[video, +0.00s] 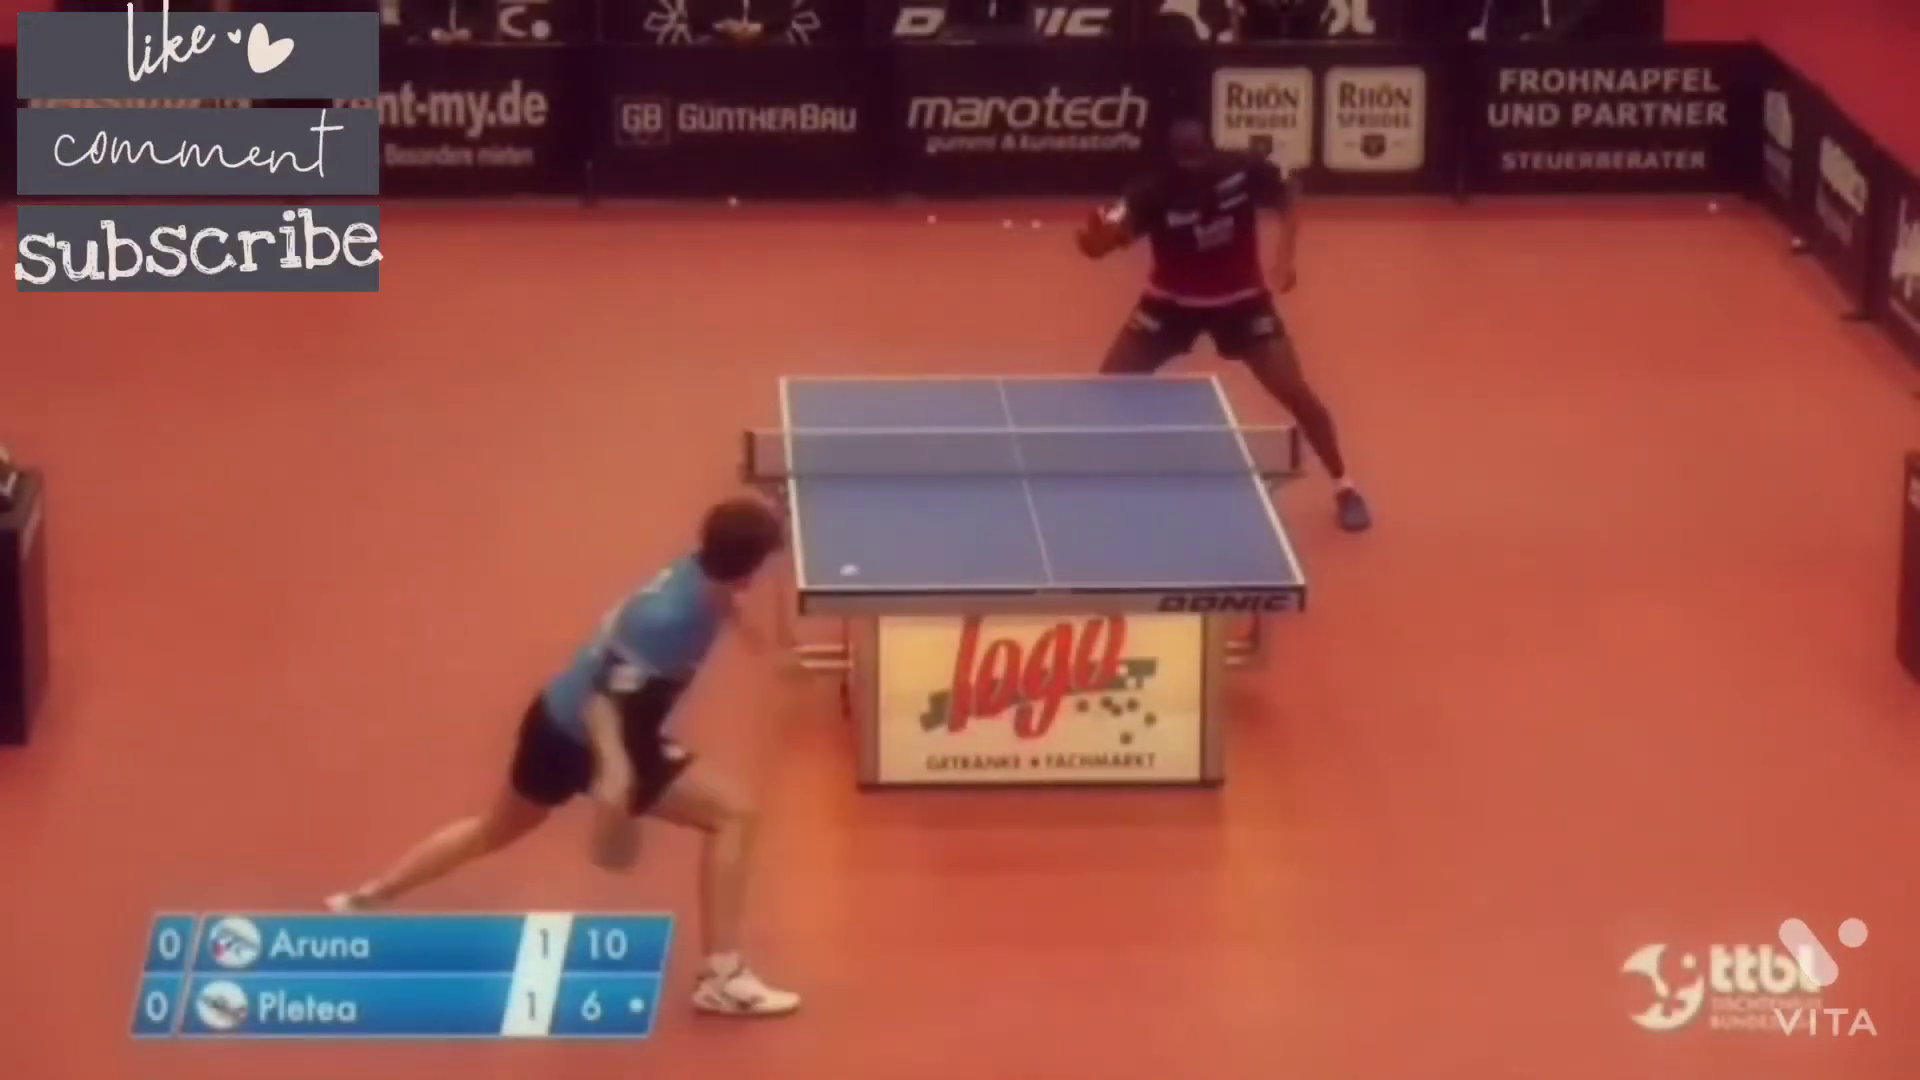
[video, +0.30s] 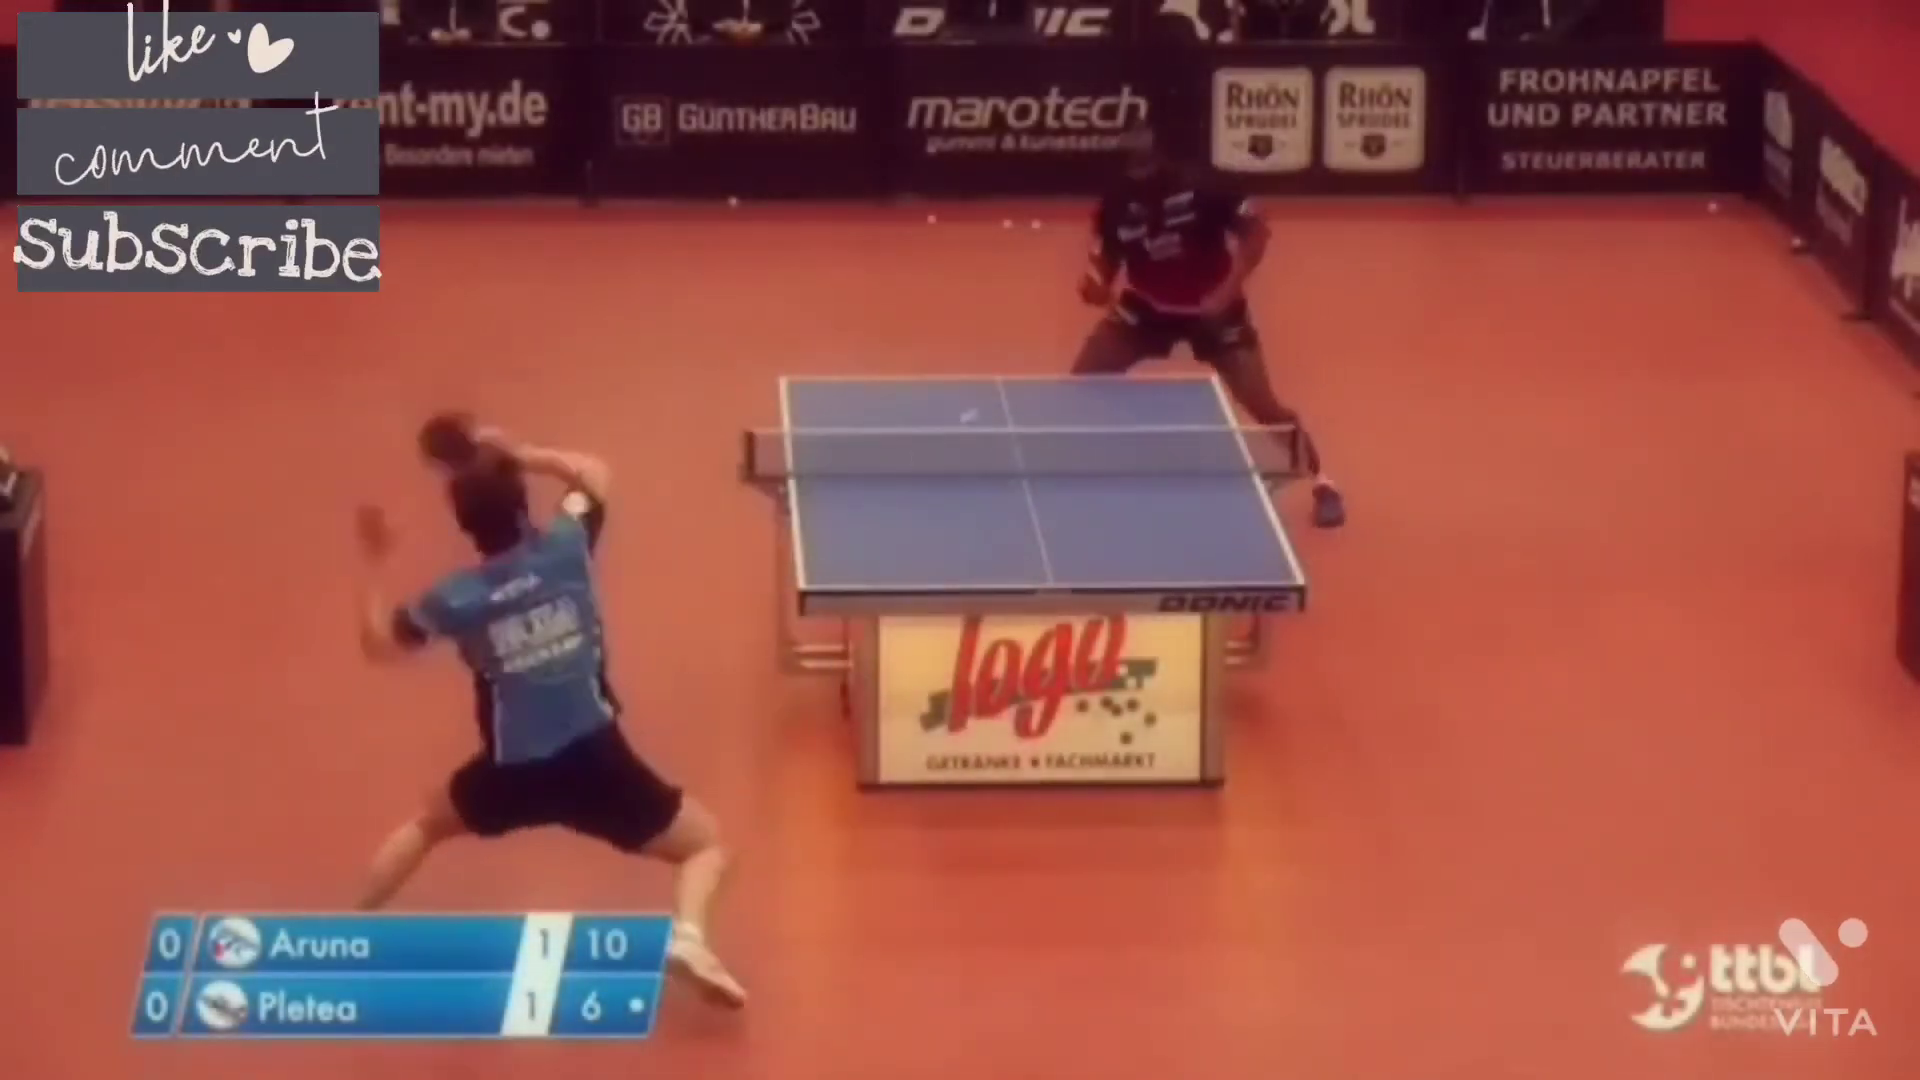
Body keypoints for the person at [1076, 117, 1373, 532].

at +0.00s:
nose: (1191, 160)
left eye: (1197, 150)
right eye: (1183, 152)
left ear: (1210, 145)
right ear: (1169, 152)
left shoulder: (1244, 173)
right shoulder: (1157, 188)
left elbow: (1286, 197)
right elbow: (1113, 235)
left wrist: (1285, 259)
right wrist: (1096, 235)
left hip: (1241, 303)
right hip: (1170, 305)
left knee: (1294, 392)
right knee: (1108, 389)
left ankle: (1343, 486)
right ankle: (1100, 496)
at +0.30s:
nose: (1135, 161)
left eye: (1143, 151)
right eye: (1127, 153)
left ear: (1159, 147)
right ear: (1119, 157)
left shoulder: (1200, 185)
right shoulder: (1116, 201)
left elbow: (1256, 229)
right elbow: (1109, 256)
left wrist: (1231, 286)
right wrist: (1099, 287)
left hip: (1213, 310)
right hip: (1144, 309)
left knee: (1261, 405)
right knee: (1083, 384)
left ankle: (1319, 486)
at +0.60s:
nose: (1232, 175)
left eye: (1240, 167)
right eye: (1230, 167)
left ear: (1263, 167)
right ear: (1232, 170)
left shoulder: (1294, 212)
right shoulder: (1243, 204)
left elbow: (1294, 294)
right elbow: (1225, 216)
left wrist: (1221, 315)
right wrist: (1181, 205)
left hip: (1277, 336)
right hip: (1223, 326)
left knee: (1309, 435)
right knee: (1151, 379)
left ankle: (1402, 485)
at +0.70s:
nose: (1302, 202)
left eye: (1311, 195)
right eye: (1299, 192)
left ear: (1332, 198)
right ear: (1296, 188)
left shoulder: (1346, 248)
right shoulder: (1286, 192)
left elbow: (1300, 313)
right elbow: (1252, 191)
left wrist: (1221, 301)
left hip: (1293, 341)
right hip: (1234, 322)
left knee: (1324, 425)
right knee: (1157, 372)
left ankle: (1401, 488)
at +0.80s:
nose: (1364, 237)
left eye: (1374, 231)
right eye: (1359, 226)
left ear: (1388, 237)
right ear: (1347, 216)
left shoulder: (1381, 289)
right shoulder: (1319, 211)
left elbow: (1342, 334)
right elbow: (1267, 172)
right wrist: (1276, 219)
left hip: (1311, 346)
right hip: (1249, 333)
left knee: (1360, 415)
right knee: (1186, 404)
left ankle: (1405, 490)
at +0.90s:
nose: (1374, 234)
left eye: (1384, 229)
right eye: (1371, 224)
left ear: (1395, 234)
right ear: (1358, 215)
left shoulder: (1385, 284)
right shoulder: (1326, 217)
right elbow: (1259, 215)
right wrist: (1282, 255)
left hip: (1318, 347)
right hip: (1257, 337)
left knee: (1371, 405)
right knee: (1193, 409)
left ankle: (1409, 489)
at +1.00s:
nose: (1338, 198)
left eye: (1348, 190)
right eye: (1331, 187)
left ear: (1363, 194)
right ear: (1318, 185)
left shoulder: (1371, 245)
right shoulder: (1284, 217)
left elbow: (1348, 308)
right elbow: (1221, 253)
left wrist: (1317, 351)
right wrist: (1249, 276)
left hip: (1320, 333)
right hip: (1258, 325)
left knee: (1369, 398)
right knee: (1195, 394)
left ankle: (1410, 489)